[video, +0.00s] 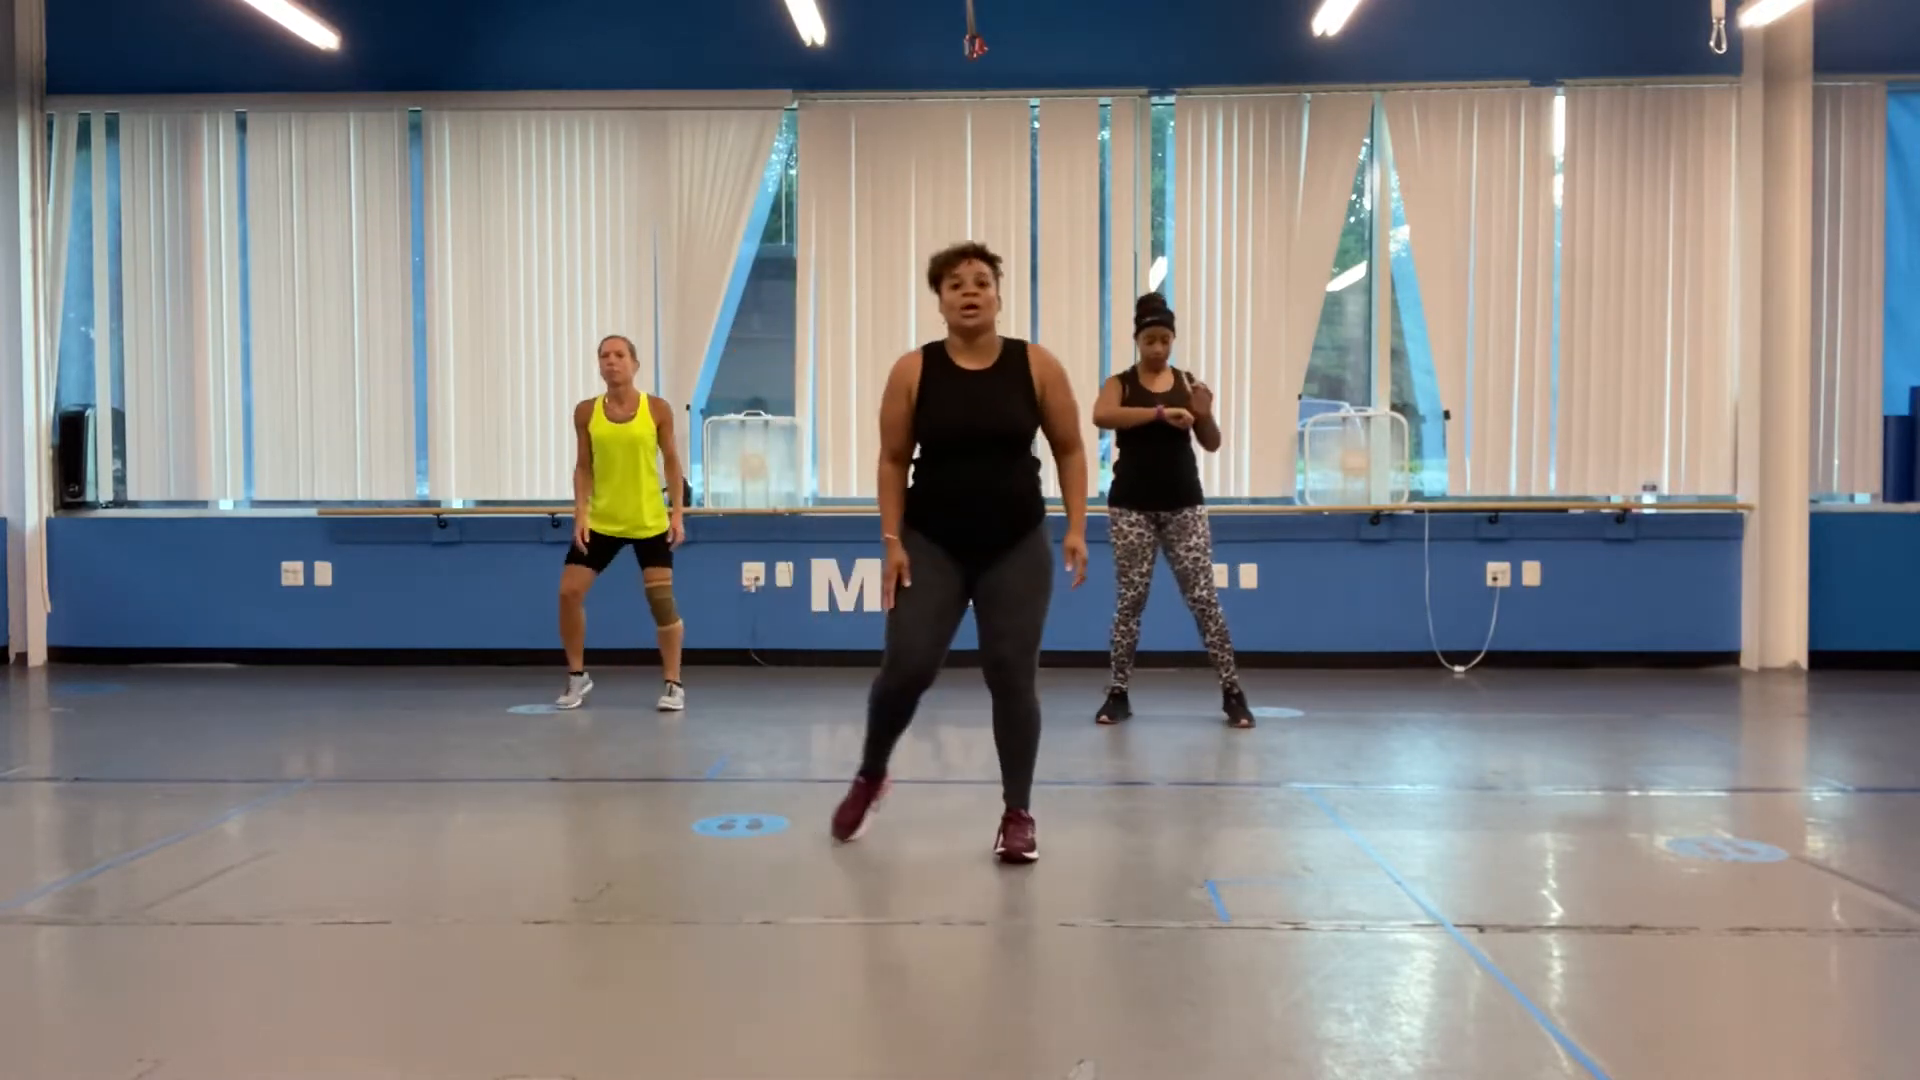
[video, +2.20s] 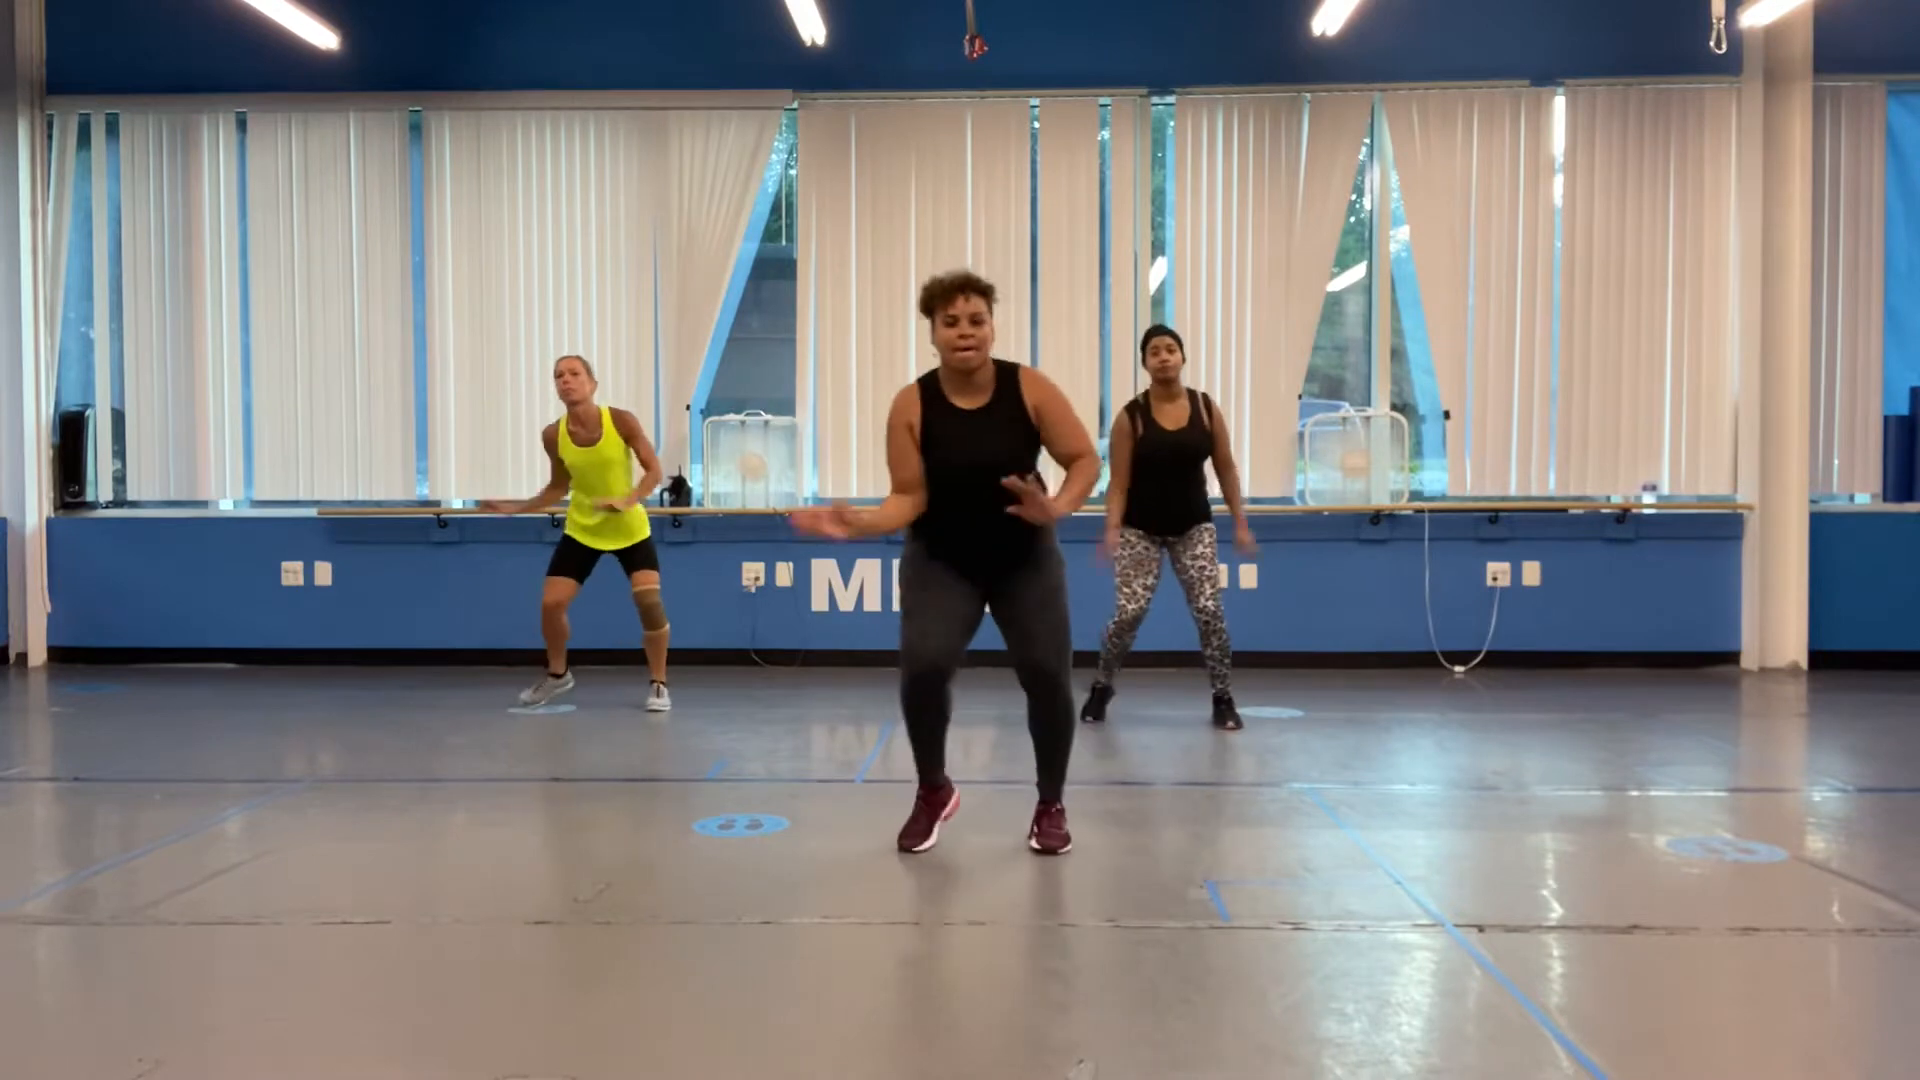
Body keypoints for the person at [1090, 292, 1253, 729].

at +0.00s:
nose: (1158, 347)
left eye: (1164, 340)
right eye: (1150, 340)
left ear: (1173, 341)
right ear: (1137, 341)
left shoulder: (1189, 385)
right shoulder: (1119, 384)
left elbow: (1211, 444)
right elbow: (1101, 416)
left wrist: (1203, 415)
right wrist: (1160, 413)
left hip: (1183, 507)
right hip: (1131, 508)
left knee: (1202, 599)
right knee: (1130, 599)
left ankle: (1232, 691)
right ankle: (1117, 693)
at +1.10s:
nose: (1177, 341)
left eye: (1184, 334)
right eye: (1169, 334)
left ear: (1195, 338)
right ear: (1159, 340)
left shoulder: (1214, 385)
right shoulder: (1141, 389)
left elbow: (1230, 438)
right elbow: (1125, 447)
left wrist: (1235, 456)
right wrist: (1174, 453)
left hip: (1204, 511)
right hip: (1152, 510)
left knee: (1214, 603)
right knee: (1141, 602)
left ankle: (1233, 695)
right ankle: (1118, 693)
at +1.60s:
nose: (1142, 347)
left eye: (1150, 340)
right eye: (1135, 339)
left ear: (1159, 349)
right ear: (1120, 345)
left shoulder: (1170, 399)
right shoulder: (1095, 394)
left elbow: (1214, 437)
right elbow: (1076, 440)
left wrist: (1271, 458)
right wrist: (1132, 421)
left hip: (1168, 516)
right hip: (1115, 518)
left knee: (1190, 601)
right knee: (1098, 605)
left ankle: (1249, 665)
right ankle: (1089, 694)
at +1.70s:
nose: (1136, 349)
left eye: (1144, 343)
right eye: (1129, 342)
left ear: (1153, 353)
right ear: (1116, 349)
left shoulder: (1165, 404)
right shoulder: (1090, 399)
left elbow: (1201, 455)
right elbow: (1056, 446)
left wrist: (1248, 490)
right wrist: (1091, 453)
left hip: (1163, 521)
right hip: (1108, 524)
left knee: (1182, 604)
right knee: (1090, 608)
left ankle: (1229, 667)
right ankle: (1088, 695)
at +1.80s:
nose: (1138, 345)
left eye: (1146, 339)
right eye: (1130, 339)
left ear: (1155, 348)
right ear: (1118, 347)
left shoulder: (1170, 402)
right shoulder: (1094, 400)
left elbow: (1194, 456)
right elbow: (1051, 445)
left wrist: (1207, 504)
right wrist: (1044, 487)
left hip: (1162, 518)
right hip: (1107, 519)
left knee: (1184, 605)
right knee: (1097, 607)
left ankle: (1214, 685)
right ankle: (1087, 694)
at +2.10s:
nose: (1166, 356)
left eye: (1172, 349)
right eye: (1157, 351)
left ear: (1185, 357)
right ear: (1146, 362)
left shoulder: (1208, 408)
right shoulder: (1131, 414)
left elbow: (1223, 470)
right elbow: (1107, 474)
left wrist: (1194, 506)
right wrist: (1070, 483)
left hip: (1190, 523)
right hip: (1135, 524)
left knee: (1208, 607)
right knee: (1135, 606)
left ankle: (1222, 697)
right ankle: (1082, 651)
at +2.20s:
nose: (1163, 357)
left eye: (1170, 350)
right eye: (1154, 352)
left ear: (1182, 358)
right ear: (1144, 363)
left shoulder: (1206, 409)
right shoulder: (1129, 418)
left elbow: (1225, 468)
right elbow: (1118, 482)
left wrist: (1239, 520)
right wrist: (1112, 529)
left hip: (1193, 528)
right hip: (1138, 530)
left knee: (1208, 611)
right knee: (1130, 612)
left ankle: (1223, 697)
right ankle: (1101, 688)